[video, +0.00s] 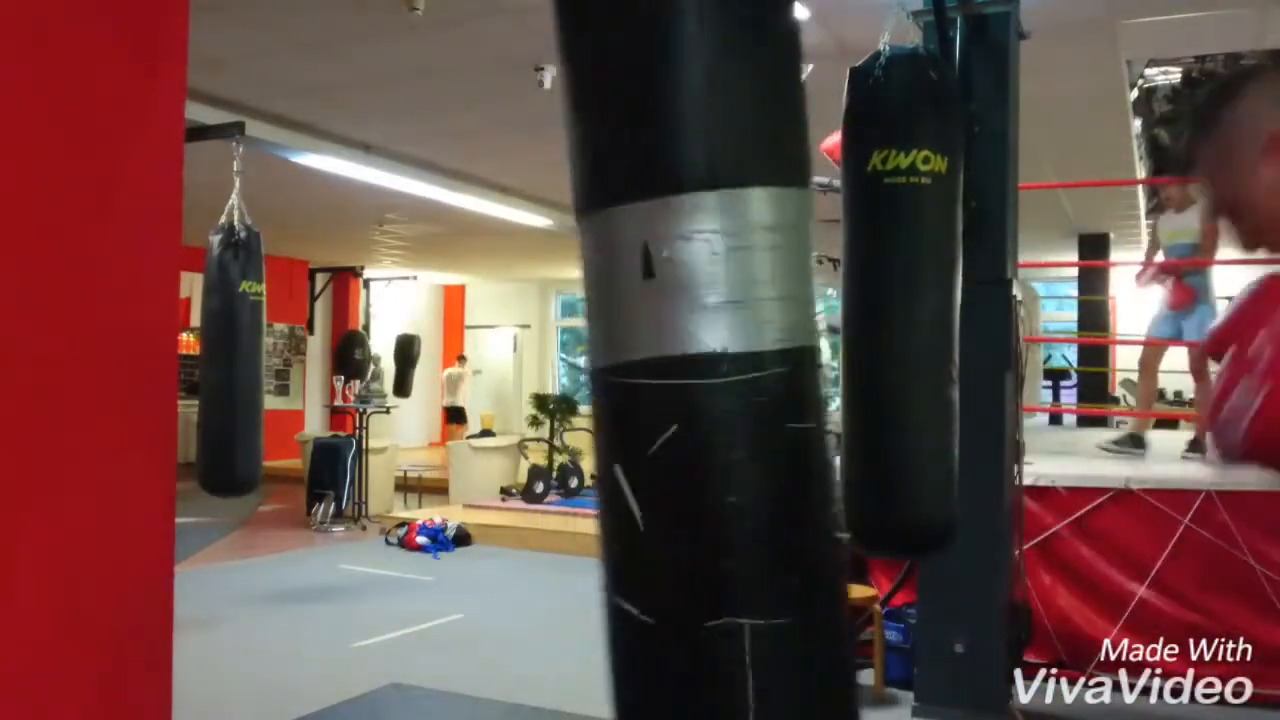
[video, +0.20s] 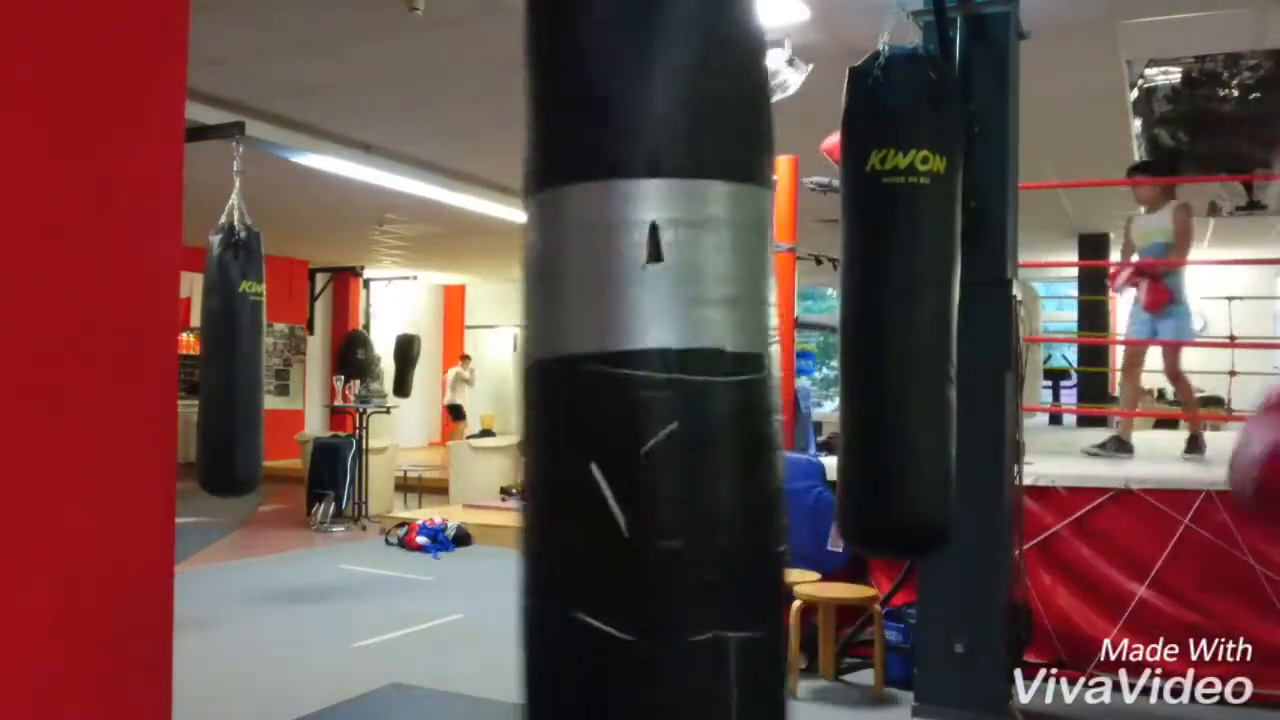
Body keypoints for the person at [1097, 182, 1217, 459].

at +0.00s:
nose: (1164, 194)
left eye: (1167, 186)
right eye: (1159, 189)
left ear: (1184, 184)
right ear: (1157, 191)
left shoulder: (1204, 212)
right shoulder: (1160, 219)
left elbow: (1207, 258)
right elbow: (1151, 253)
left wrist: (1172, 268)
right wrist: (1147, 269)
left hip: (1198, 299)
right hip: (1170, 298)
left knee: (1198, 368)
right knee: (1147, 362)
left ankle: (1200, 436)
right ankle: (1137, 433)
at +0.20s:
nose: (1136, 192)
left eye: (1141, 185)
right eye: (1133, 186)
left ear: (1160, 184)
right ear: (1133, 189)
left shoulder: (1178, 211)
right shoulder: (1134, 221)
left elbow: (1180, 257)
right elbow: (1125, 261)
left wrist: (1144, 268)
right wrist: (1124, 274)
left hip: (1171, 299)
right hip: (1143, 299)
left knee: (1173, 370)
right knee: (1131, 367)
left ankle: (1195, 432)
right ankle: (1123, 436)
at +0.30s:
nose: (1122, 192)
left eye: (1127, 185)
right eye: (1119, 186)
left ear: (1145, 182)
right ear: (1118, 189)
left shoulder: (1167, 207)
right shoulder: (1121, 219)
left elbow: (1168, 252)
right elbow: (1111, 256)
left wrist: (1133, 265)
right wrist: (1109, 272)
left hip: (1153, 295)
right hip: (1126, 297)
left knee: (1147, 367)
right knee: (1120, 370)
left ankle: (1184, 416)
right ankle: (1121, 436)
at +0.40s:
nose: (1111, 191)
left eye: (1115, 184)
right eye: (1108, 185)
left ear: (1132, 181)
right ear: (1109, 186)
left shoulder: (1157, 207)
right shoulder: (1112, 217)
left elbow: (1158, 251)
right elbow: (1098, 255)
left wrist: (1122, 263)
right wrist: (1098, 270)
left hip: (1142, 286)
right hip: (1116, 288)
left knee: (1124, 361)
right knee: (1115, 364)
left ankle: (1162, 411)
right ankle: (1120, 436)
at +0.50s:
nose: (1102, 189)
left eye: (1106, 182)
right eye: (1099, 184)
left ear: (1124, 179)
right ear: (1099, 184)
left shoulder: (1146, 207)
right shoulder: (1102, 215)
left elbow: (1147, 252)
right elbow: (1089, 251)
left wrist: (1114, 263)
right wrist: (1086, 267)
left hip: (1131, 286)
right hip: (1106, 288)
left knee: (1113, 354)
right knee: (1108, 356)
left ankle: (1124, 428)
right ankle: (1124, 426)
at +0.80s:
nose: (1072, 181)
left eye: (1076, 174)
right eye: (1069, 176)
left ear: (1094, 172)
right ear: (1075, 178)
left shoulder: (1116, 202)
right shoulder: (1077, 210)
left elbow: (1114, 250)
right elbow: (1066, 247)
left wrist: (1080, 263)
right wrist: (1059, 266)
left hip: (1102, 286)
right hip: (1079, 286)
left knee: (1089, 358)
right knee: (1086, 360)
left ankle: (1080, 433)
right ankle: (1095, 431)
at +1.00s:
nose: (1054, 175)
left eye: (1057, 168)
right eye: (1052, 169)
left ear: (1076, 166)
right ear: (1062, 170)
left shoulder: (1099, 193)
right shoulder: (1064, 203)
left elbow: (1096, 238)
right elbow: (1056, 240)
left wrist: (1066, 255)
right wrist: (1046, 256)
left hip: (1088, 283)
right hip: (1060, 283)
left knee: (1084, 356)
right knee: (1051, 356)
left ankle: (1077, 431)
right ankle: (1065, 422)